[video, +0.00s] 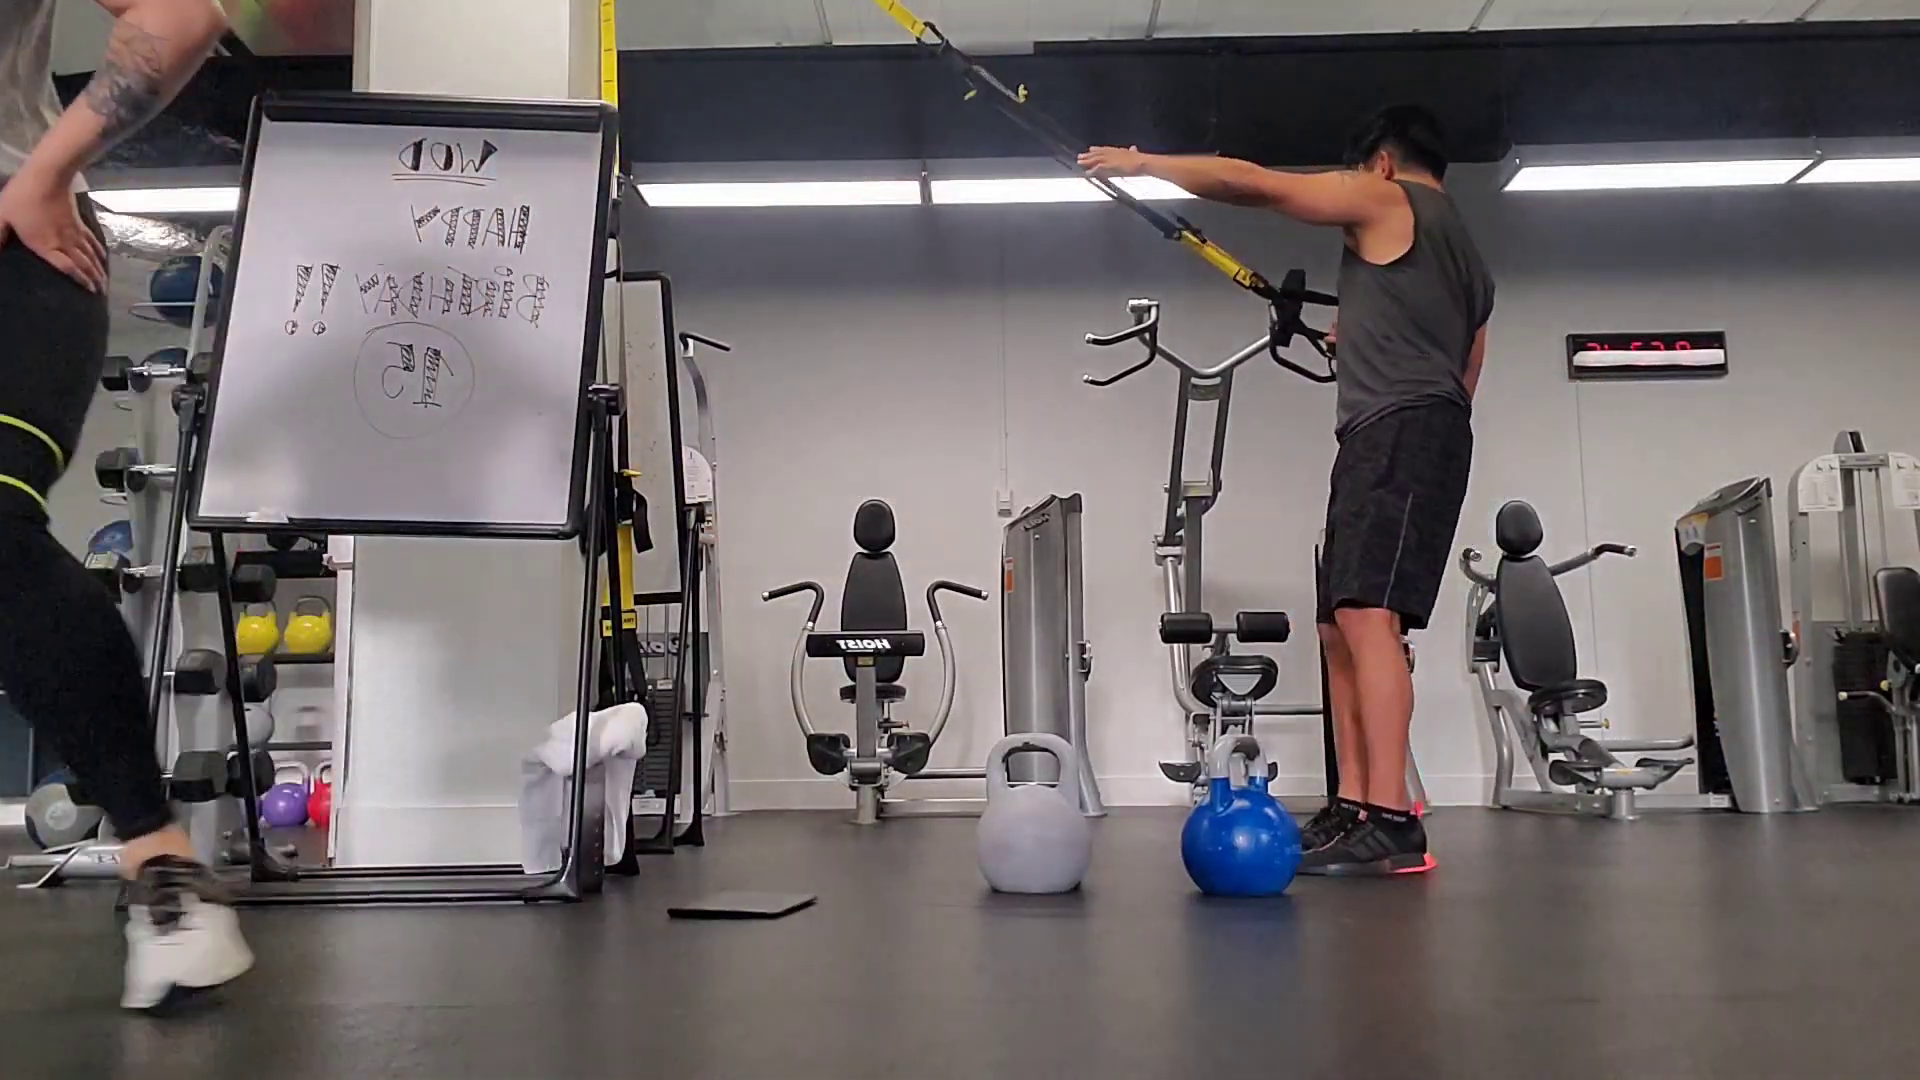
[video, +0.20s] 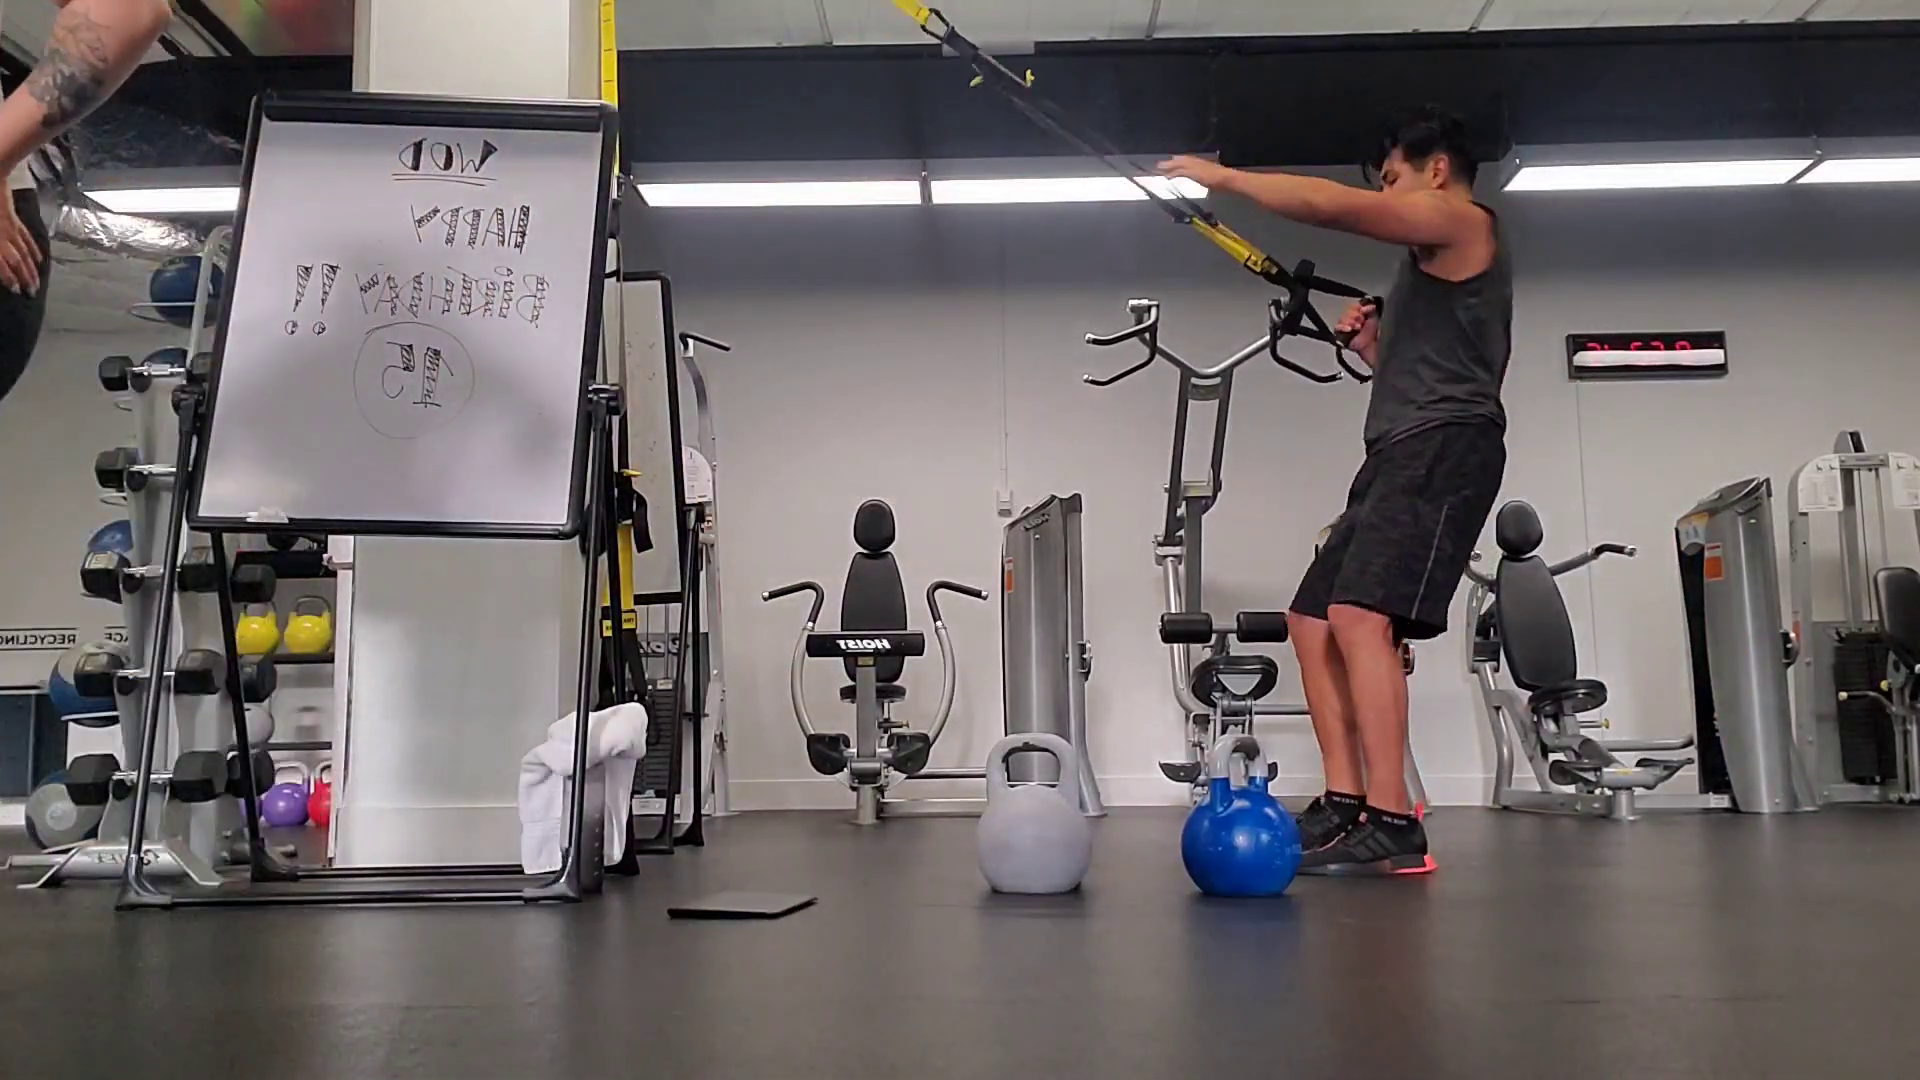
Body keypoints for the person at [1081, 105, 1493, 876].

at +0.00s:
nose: (1360, 178)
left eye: (1363, 166)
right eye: (1363, 167)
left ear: (1384, 159)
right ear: (1437, 169)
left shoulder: (1385, 197)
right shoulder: (1468, 257)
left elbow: (1261, 184)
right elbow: (1461, 383)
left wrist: (1142, 161)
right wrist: (1360, 343)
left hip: (1402, 427)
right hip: (1416, 433)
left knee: (1367, 616)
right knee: (1340, 624)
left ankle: (1392, 820)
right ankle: (1355, 810)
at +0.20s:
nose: (1387, 194)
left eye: (1392, 179)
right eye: (1386, 183)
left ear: (1436, 167)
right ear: (1437, 174)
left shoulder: (1462, 218)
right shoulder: (1437, 244)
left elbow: (1332, 206)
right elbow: (1432, 374)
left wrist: (1225, 177)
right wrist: (1378, 346)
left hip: (1445, 441)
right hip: (1402, 448)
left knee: (1359, 614)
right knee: (1311, 617)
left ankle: (1395, 822)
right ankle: (1347, 801)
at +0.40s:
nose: (1441, 259)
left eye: (1455, 242)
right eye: (1437, 248)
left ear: (1506, 238)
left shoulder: (1547, 314)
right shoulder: (1471, 346)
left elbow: (1518, 353)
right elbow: (1404, 438)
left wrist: (1386, 291)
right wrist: (1370, 372)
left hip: (1487, 529)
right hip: (1434, 530)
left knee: (1335, 624)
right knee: (1288, 633)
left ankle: (1390, 822)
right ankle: (1347, 811)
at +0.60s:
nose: (1519, 364)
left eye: (1535, 348)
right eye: (1512, 352)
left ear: (1587, 350)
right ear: (1505, 356)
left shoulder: (1628, 451)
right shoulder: (1507, 437)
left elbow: (1678, 566)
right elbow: (1406, 458)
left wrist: (1618, 564)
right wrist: (1365, 387)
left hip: (1536, 641)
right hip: (1471, 628)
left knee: (1362, 621)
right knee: (1297, 637)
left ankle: (1393, 822)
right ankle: (1342, 811)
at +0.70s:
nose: (1556, 415)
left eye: (1574, 400)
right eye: (1548, 402)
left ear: (1625, 405)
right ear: (1541, 408)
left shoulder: (1663, 515)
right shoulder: (1525, 477)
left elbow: (1713, 620)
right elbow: (1417, 468)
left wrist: (1734, 674)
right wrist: (1364, 396)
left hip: (1551, 699)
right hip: (1480, 683)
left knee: (1400, 623)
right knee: (1313, 638)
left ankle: (1398, 824)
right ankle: (1343, 813)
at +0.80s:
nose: (1588, 464)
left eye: (1607, 448)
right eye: (1580, 449)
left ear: (1657, 454)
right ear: (1571, 454)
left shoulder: (1689, 568)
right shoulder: (1542, 512)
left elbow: (1752, 686)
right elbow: (1425, 474)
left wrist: (1814, 744)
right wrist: (1359, 403)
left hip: (1561, 745)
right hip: (1483, 724)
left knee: (1442, 625)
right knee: (1334, 637)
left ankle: (1403, 827)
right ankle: (1345, 816)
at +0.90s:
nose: (1607, 500)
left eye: (1628, 485)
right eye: (1599, 484)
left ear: (1678, 498)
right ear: (1591, 486)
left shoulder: (1706, 612)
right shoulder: (1548, 535)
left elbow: (1766, 730)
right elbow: (1434, 480)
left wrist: (1858, 793)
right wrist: (1358, 411)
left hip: (1569, 782)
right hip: (1483, 757)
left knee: (1477, 633)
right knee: (1359, 637)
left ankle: (1407, 823)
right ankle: (1345, 818)